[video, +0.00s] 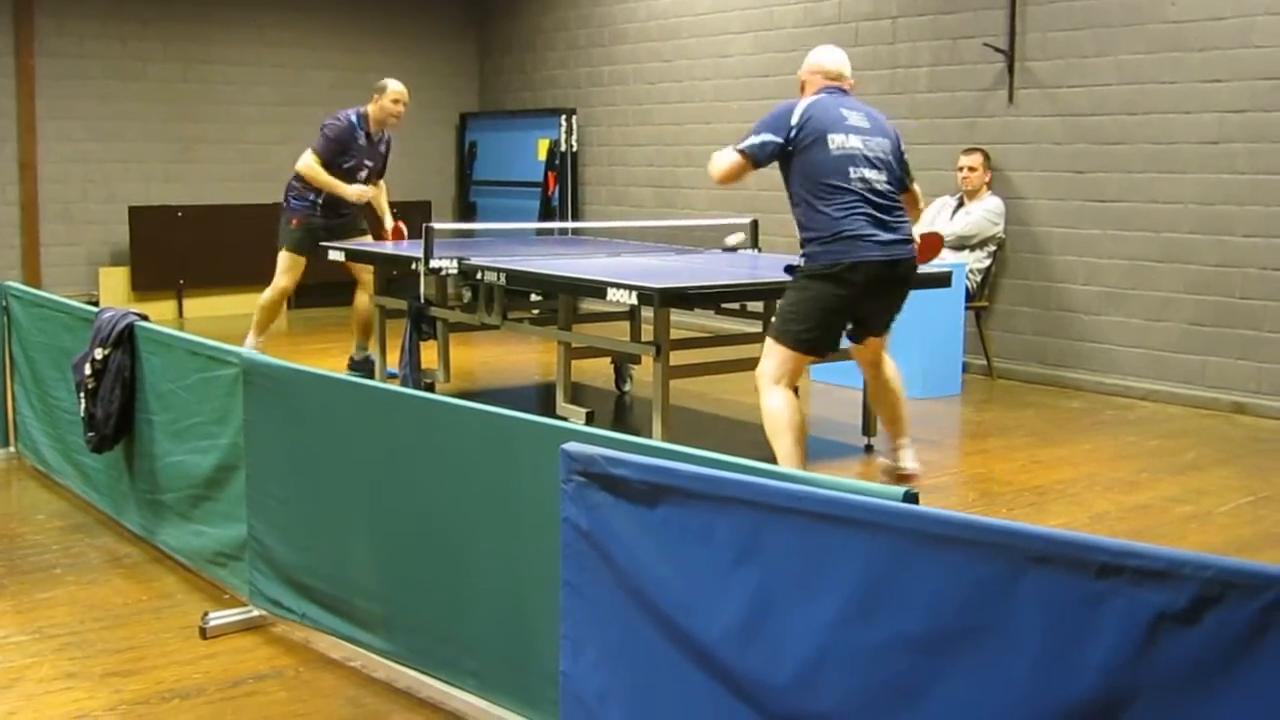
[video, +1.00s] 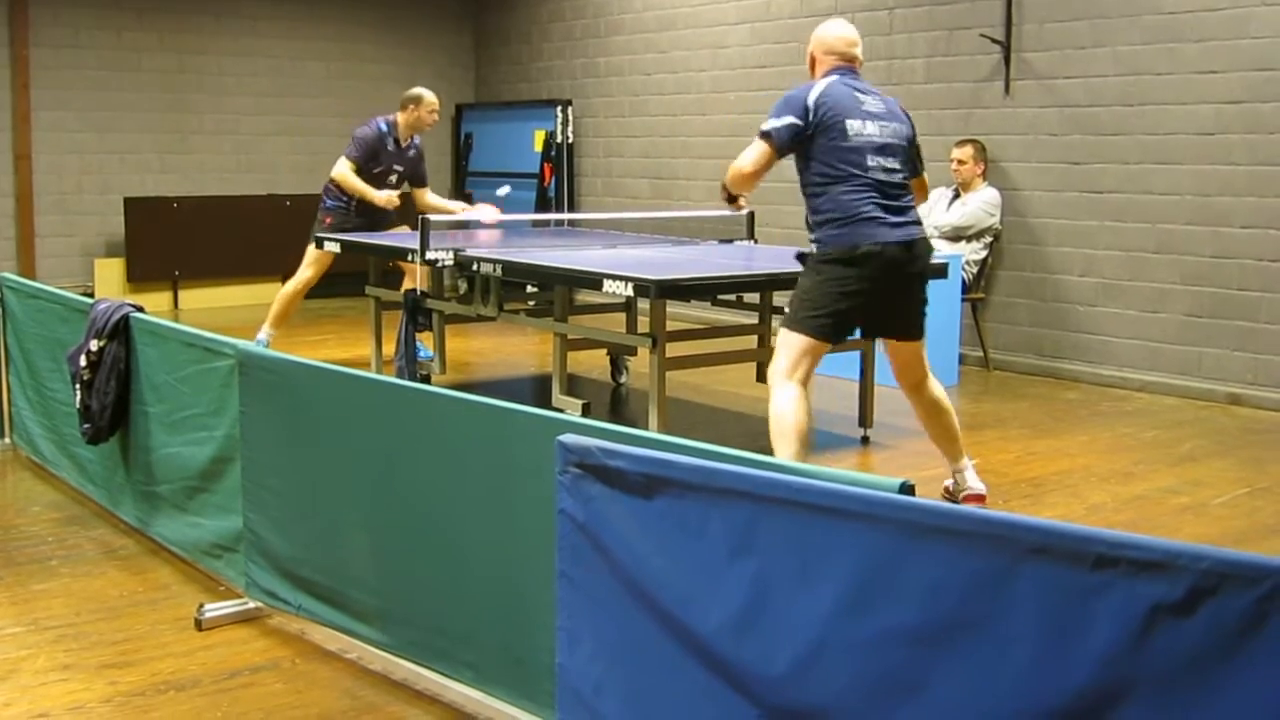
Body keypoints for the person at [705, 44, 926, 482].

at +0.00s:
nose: (800, 92)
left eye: (801, 84)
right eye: (801, 85)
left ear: (810, 81)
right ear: (849, 83)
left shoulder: (798, 113)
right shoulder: (881, 123)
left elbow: (724, 171)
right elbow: (912, 202)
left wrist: (727, 154)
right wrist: (898, 241)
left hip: (836, 258)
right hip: (897, 261)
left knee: (774, 377)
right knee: (871, 350)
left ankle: (792, 486)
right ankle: (903, 455)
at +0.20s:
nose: (785, 93)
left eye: (785, 87)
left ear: (788, 86)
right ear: (835, 89)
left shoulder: (789, 107)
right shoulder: (861, 131)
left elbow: (742, 147)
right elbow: (868, 200)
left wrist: (707, 168)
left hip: (824, 251)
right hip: (877, 254)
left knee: (764, 372)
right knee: (827, 362)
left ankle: (792, 483)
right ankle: (826, 454)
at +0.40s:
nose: (771, 114)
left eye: (772, 107)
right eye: (773, 109)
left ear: (778, 105)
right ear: (818, 111)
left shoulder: (783, 117)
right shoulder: (836, 141)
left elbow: (766, 147)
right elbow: (836, 200)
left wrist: (743, 199)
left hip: (821, 255)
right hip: (872, 258)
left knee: (752, 370)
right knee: (805, 352)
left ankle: (781, 478)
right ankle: (819, 447)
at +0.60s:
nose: (756, 113)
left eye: (757, 107)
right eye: (757, 108)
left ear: (762, 105)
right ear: (804, 103)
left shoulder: (768, 132)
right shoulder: (837, 141)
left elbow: (721, 173)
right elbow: (874, 216)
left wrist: (703, 235)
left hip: (821, 266)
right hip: (870, 266)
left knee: (760, 382)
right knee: (807, 357)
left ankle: (772, 488)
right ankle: (818, 450)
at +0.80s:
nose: (775, 81)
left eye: (775, 75)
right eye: (777, 75)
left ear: (781, 75)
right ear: (824, 74)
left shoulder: (773, 113)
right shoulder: (861, 121)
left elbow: (704, 161)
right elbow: (900, 199)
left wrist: (684, 202)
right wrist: (862, 215)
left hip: (814, 260)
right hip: (878, 258)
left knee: (757, 380)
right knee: (865, 355)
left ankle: (768, 486)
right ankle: (899, 450)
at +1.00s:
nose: (806, 66)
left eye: (807, 60)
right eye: (810, 60)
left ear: (814, 58)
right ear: (860, 62)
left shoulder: (808, 99)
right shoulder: (895, 109)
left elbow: (745, 173)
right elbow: (918, 191)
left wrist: (734, 189)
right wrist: (875, 209)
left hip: (845, 253)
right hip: (907, 253)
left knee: (788, 375)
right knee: (917, 377)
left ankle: (787, 491)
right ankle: (966, 479)